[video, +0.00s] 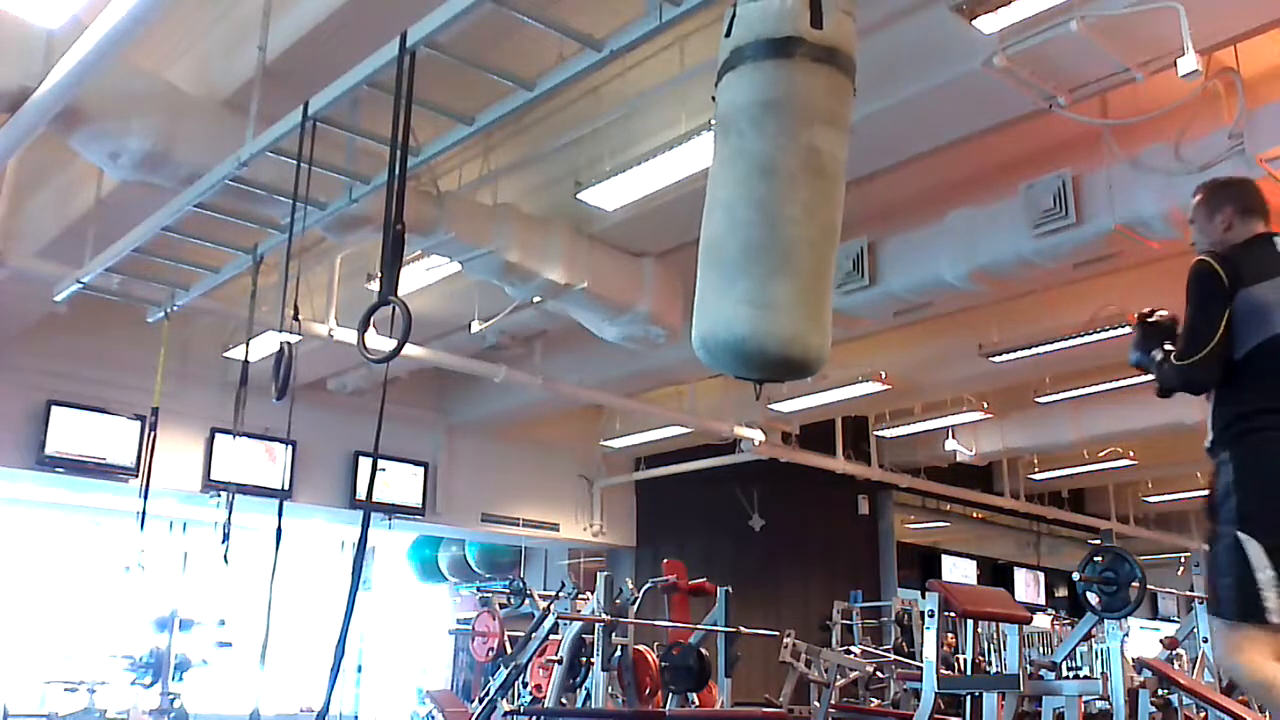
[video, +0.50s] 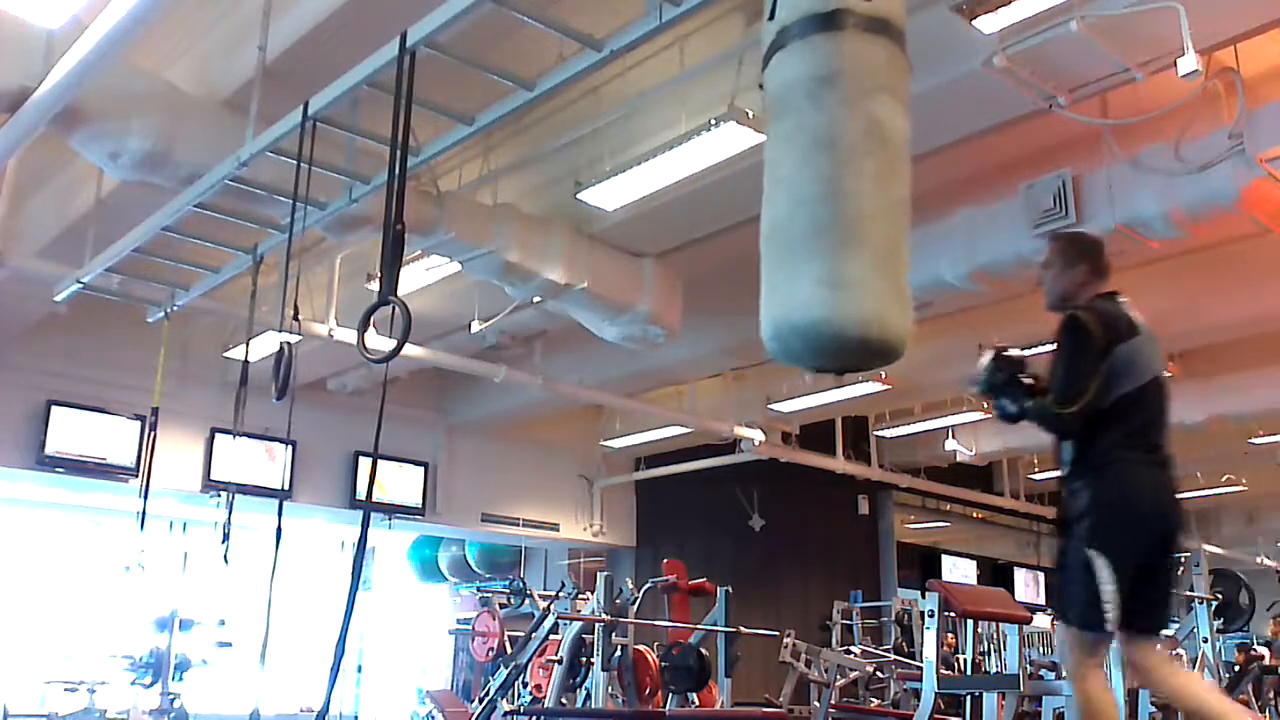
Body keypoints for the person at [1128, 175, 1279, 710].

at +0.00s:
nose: (1193, 235)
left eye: (1196, 223)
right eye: (1191, 224)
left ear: (1228, 219)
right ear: (1245, 221)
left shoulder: (1217, 268)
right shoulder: (1272, 260)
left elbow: (1199, 368)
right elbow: (1252, 359)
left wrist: (1149, 352)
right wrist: (1188, 335)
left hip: (1256, 461)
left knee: (1241, 643)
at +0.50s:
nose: (1039, 278)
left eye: (1048, 267)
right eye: (1042, 267)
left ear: (1077, 272)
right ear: (1092, 273)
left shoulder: (1083, 324)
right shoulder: (1130, 322)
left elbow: (1065, 417)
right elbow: (1098, 409)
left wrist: (1013, 395)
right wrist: (1031, 383)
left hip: (1106, 506)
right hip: (1153, 501)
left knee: (1082, 661)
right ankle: (1244, 716)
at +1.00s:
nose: (867, 313)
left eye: (873, 299)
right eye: (863, 300)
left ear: (901, 299)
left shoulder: (922, 346)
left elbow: (905, 420)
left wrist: (846, 422)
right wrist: (846, 418)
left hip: (937, 531)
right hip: (906, 533)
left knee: (955, 671)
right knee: (875, 657)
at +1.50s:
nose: (698, 325)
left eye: (704, 313)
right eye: (694, 316)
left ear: (735, 304)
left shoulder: (777, 356)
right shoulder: (711, 370)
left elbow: (788, 442)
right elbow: (672, 447)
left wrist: (699, 454)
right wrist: (639, 407)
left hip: (760, 517)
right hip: (730, 516)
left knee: (695, 647)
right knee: (766, 661)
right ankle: (823, 715)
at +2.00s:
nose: (519, 301)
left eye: (522, 286)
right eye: (513, 291)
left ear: (555, 272)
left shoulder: (597, 314)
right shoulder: (546, 345)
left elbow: (579, 410)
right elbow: (524, 434)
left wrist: (495, 427)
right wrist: (459, 410)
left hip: (589, 502)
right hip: (539, 502)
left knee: (611, 660)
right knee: (485, 638)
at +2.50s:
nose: (361, 229)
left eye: (371, 215)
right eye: (352, 219)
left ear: (403, 210)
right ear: (346, 223)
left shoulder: (448, 274)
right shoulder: (345, 279)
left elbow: (445, 375)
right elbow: (317, 358)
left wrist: (364, 365)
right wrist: (309, 344)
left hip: (407, 458)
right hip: (348, 456)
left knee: (335, 624)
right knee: (371, 641)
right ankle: (404, 717)